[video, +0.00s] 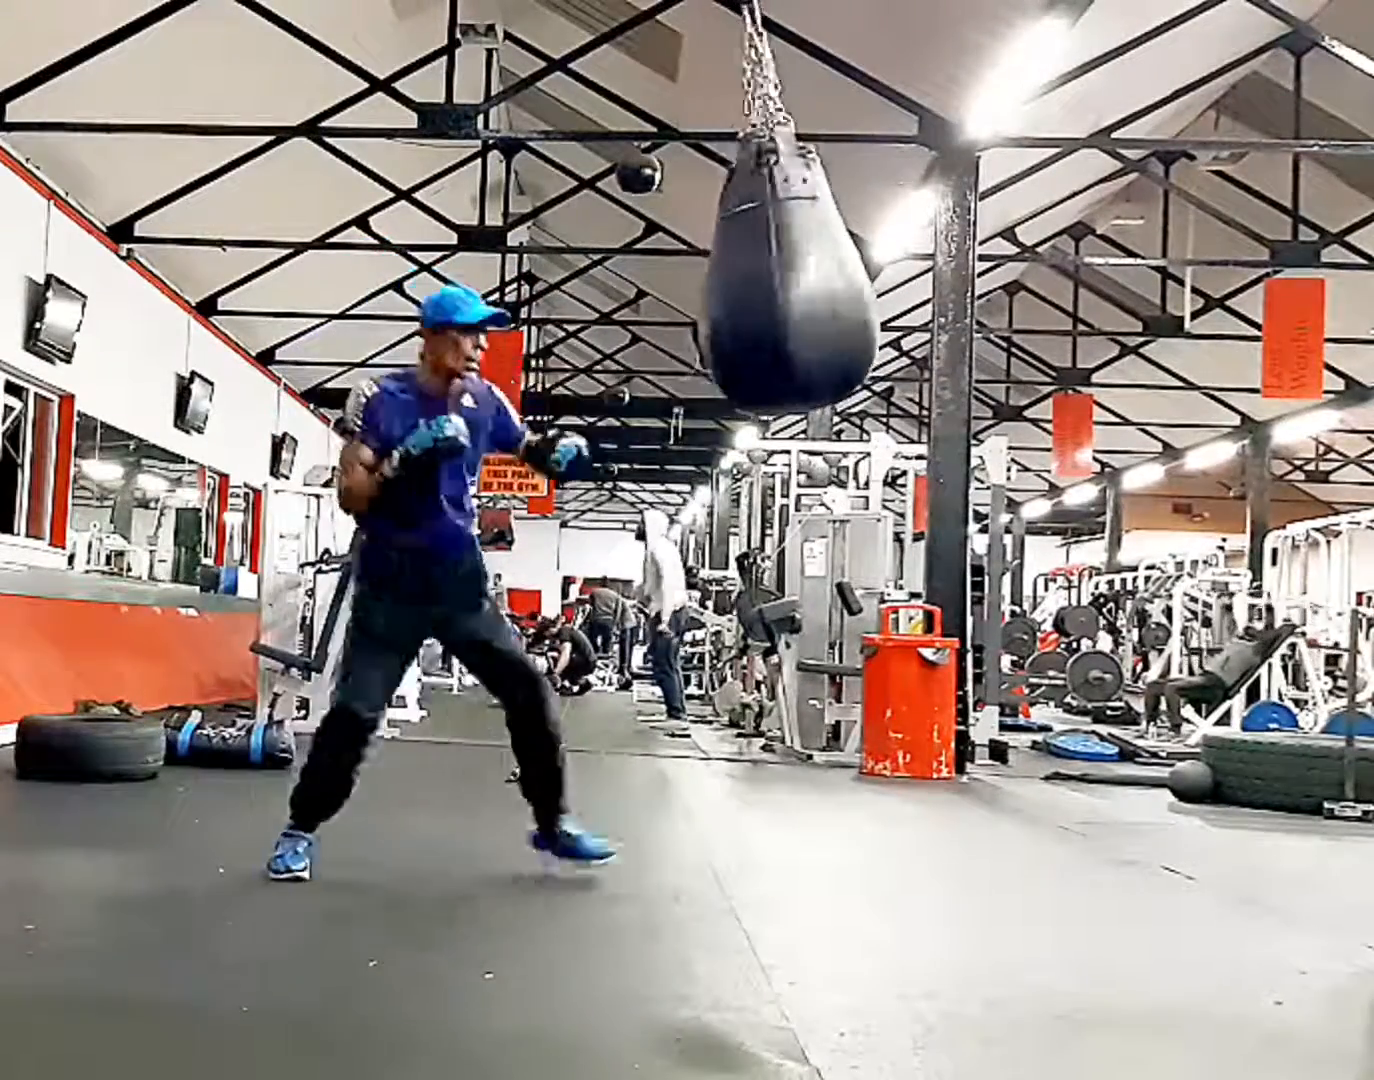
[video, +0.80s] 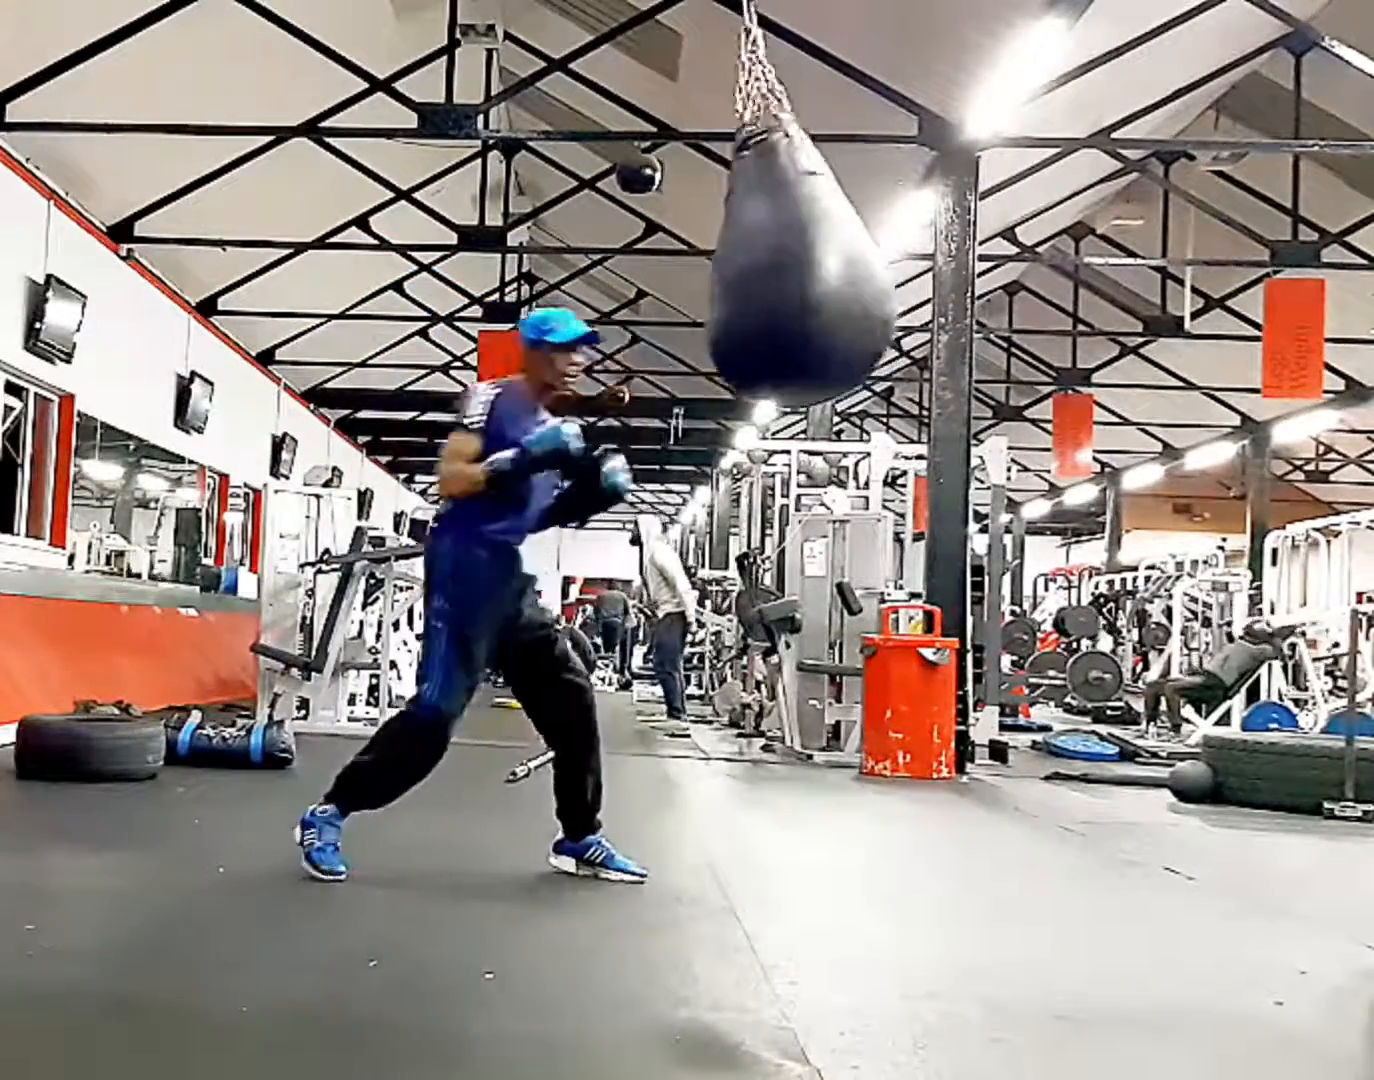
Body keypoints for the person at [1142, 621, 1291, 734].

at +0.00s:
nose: (1248, 631)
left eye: (1253, 630)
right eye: (1248, 630)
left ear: (1258, 637)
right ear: (1246, 632)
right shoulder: (1234, 642)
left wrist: (1266, 637)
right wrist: (1225, 608)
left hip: (1217, 682)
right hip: (1203, 676)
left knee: (1172, 688)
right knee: (1153, 687)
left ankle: (1175, 731)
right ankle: (1147, 728)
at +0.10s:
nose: (1248, 628)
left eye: (1252, 627)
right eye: (1247, 626)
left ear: (1259, 635)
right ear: (1243, 631)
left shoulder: (1256, 652)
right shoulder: (1235, 643)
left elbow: (1267, 629)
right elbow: (1234, 627)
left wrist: (1268, 606)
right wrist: (1229, 606)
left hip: (1218, 682)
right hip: (1204, 676)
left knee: (1172, 688)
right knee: (1152, 687)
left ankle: (1175, 729)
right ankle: (1148, 726)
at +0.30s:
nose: (1251, 628)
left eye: (1257, 628)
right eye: (1250, 625)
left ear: (1259, 637)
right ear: (1245, 631)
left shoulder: (1255, 652)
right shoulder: (1233, 641)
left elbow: (1271, 636)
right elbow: (1228, 624)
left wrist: (1269, 615)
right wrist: (1225, 608)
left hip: (1218, 682)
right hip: (1205, 675)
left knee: (1172, 688)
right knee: (1153, 687)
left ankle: (1176, 730)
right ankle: (1148, 725)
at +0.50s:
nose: (1252, 629)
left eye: (1257, 629)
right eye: (1254, 627)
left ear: (1262, 636)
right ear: (1249, 631)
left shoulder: (1259, 650)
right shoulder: (1237, 643)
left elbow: (1277, 651)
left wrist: (1277, 637)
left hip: (1217, 682)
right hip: (1204, 675)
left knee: (1171, 688)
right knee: (1152, 687)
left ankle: (1175, 731)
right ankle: (1147, 729)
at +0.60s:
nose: (1254, 634)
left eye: (1257, 633)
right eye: (1256, 632)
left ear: (1260, 640)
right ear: (1250, 634)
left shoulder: (1259, 651)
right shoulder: (1238, 644)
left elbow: (1283, 655)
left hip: (1217, 682)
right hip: (1203, 674)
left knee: (1171, 688)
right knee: (1153, 687)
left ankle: (1175, 731)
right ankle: (1148, 728)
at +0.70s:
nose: (1255, 635)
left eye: (1258, 634)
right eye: (1256, 633)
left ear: (1260, 640)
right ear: (1250, 634)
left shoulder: (1257, 651)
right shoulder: (1237, 644)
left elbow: (1281, 654)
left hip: (1217, 682)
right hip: (1203, 674)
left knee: (1171, 688)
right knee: (1152, 687)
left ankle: (1175, 731)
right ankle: (1148, 727)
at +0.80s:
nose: (1251, 629)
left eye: (1256, 628)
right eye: (1252, 626)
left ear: (1261, 636)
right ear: (1247, 631)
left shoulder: (1259, 650)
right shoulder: (1237, 643)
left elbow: (1278, 653)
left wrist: (1274, 637)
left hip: (1217, 682)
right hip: (1204, 674)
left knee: (1171, 687)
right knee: (1152, 688)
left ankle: (1175, 731)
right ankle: (1148, 728)